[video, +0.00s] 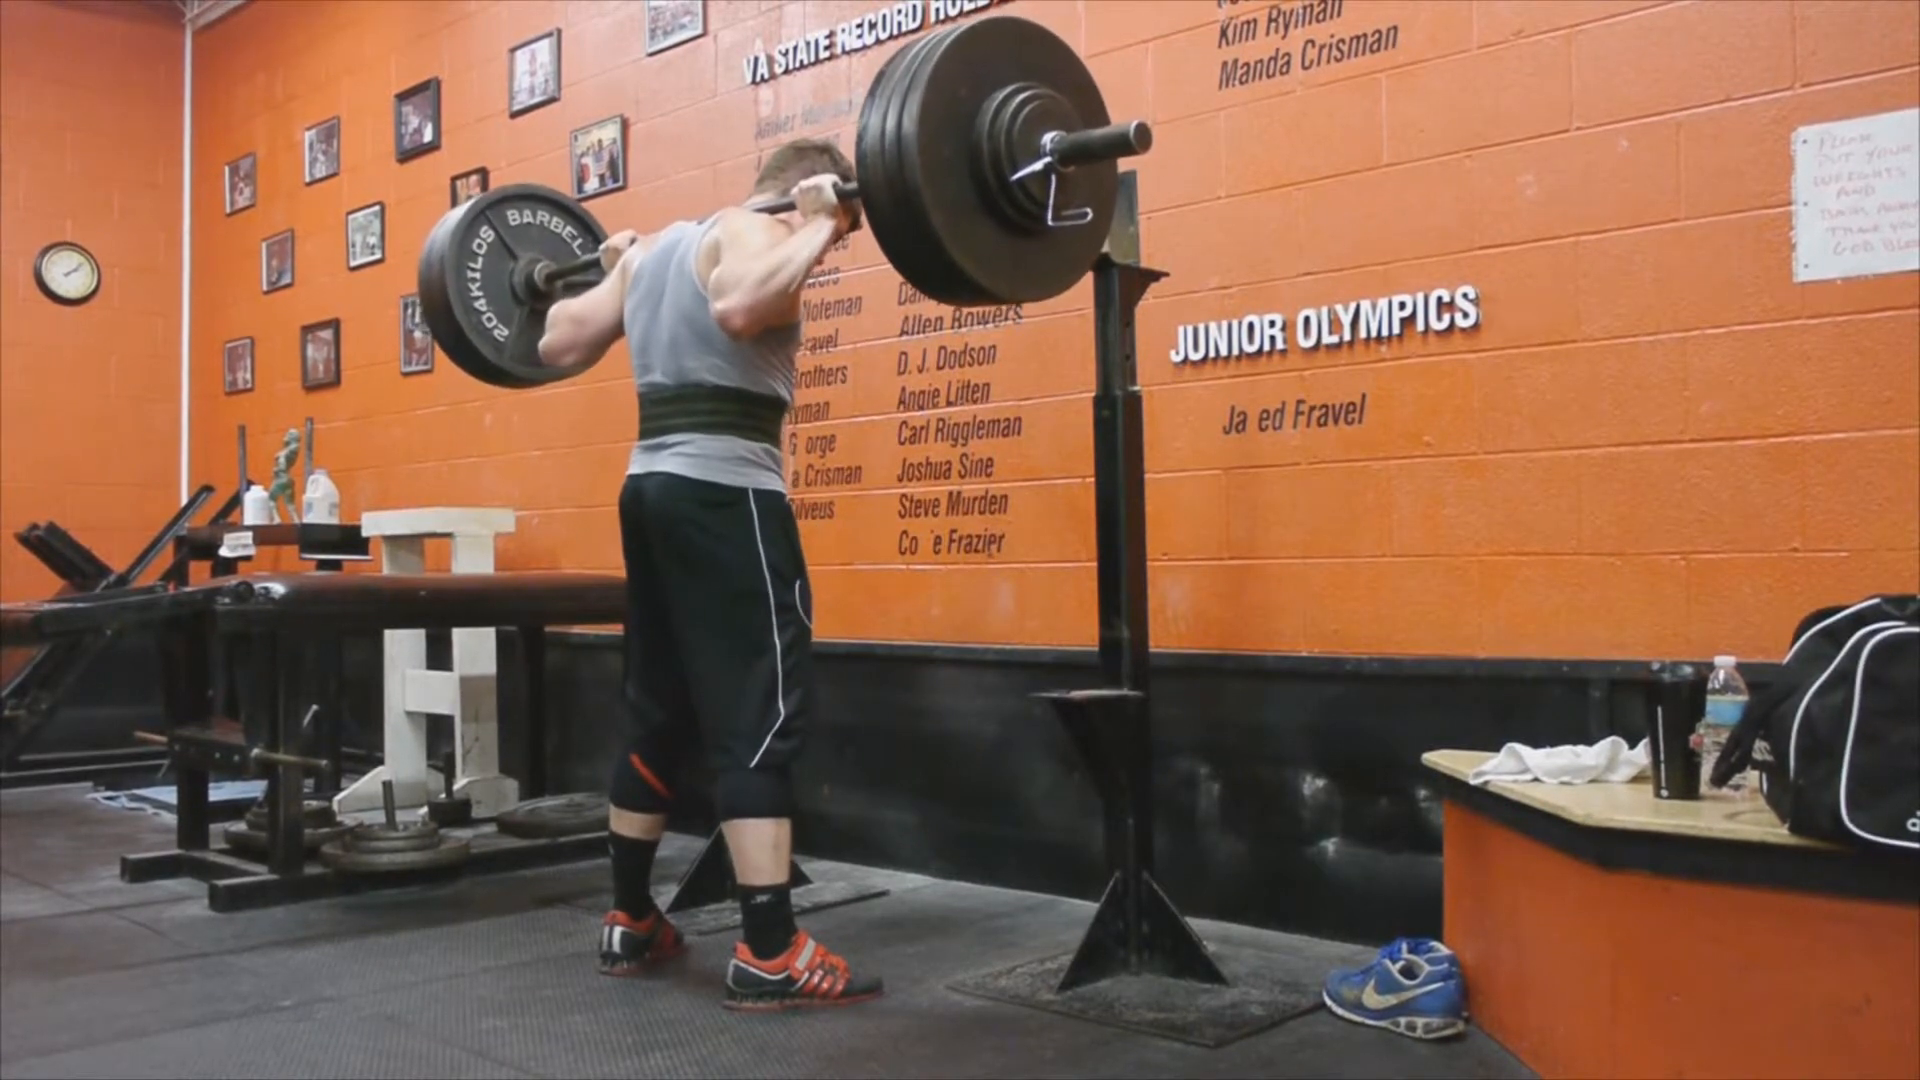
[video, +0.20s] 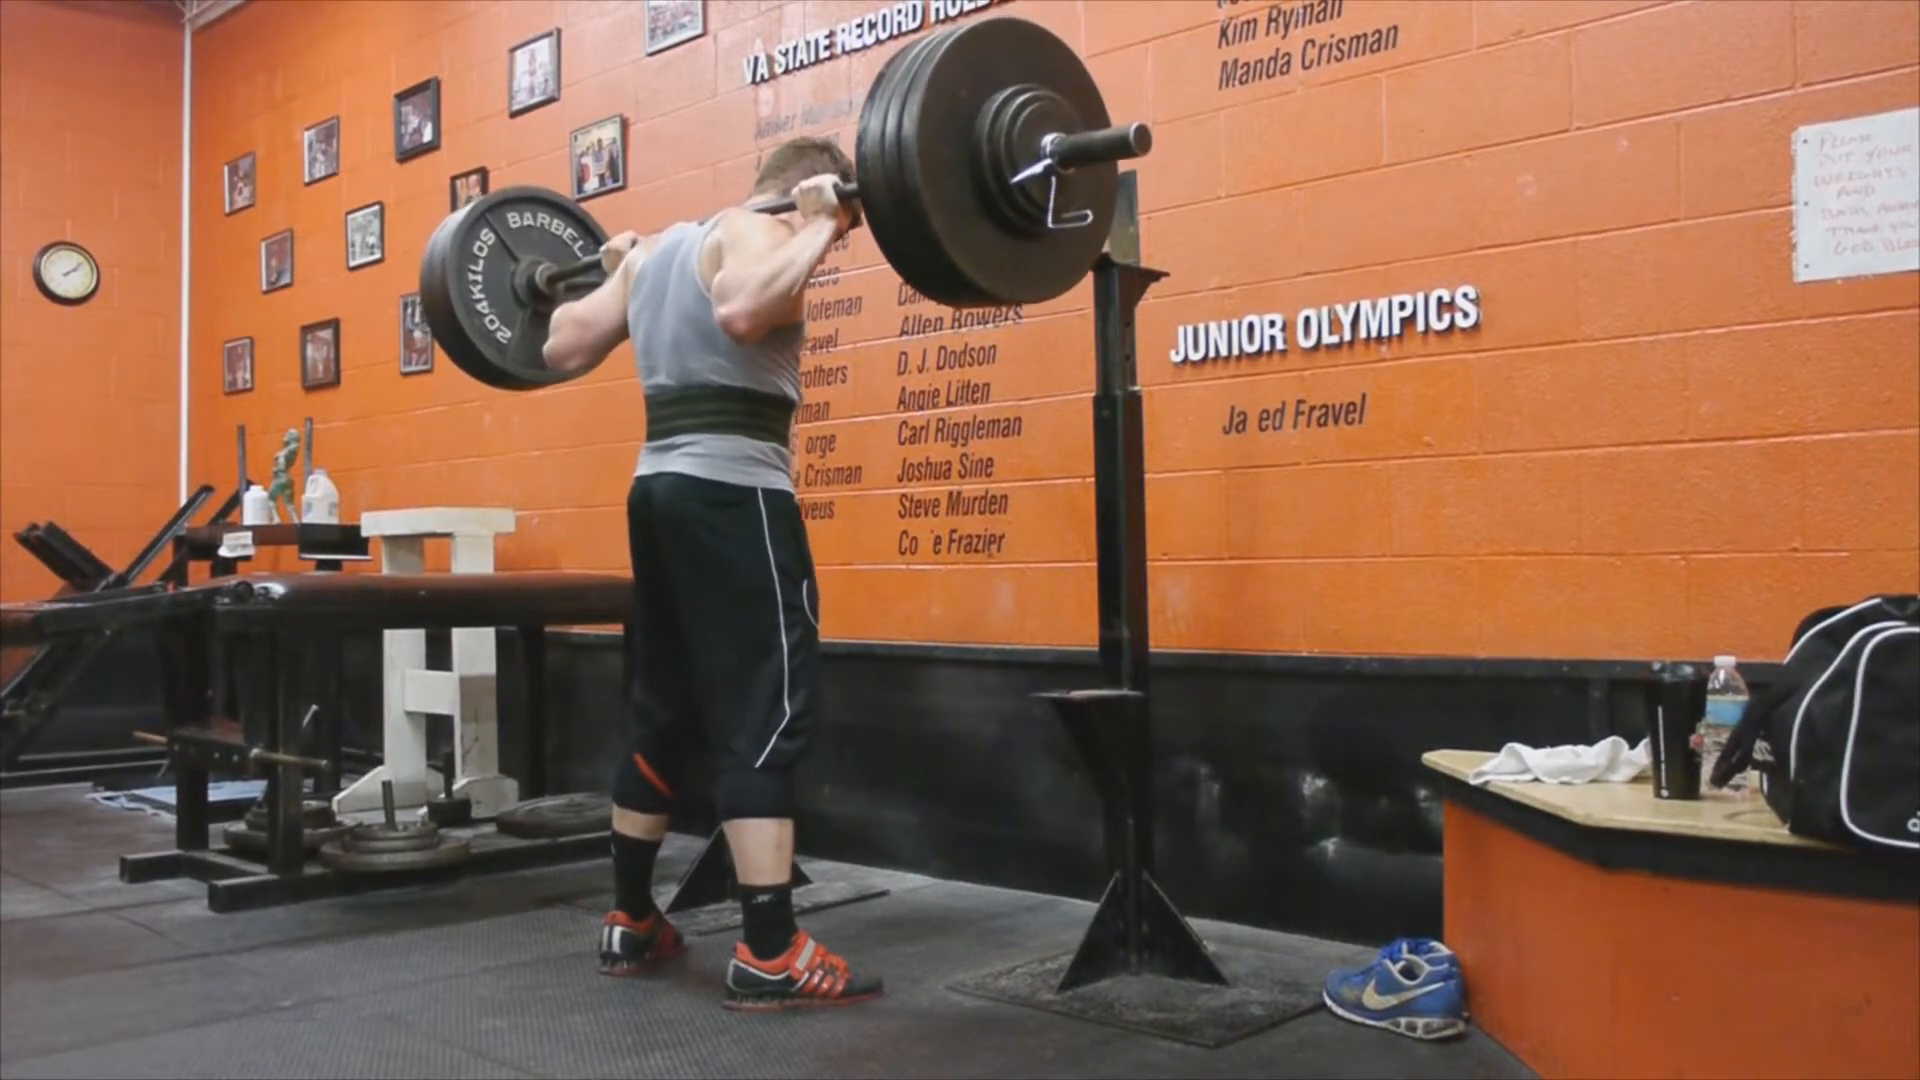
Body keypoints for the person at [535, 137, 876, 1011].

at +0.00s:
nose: (837, 240)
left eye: (845, 228)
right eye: (839, 221)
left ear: (758, 184)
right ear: (809, 198)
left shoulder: (655, 252)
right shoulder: (763, 232)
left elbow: (556, 342)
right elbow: (738, 309)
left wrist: (611, 271)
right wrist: (818, 230)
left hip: (651, 495)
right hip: (728, 497)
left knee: (661, 711)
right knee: (758, 714)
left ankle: (630, 920)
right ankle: (770, 947)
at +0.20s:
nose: (837, 240)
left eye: (845, 227)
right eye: (838, 222)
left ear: (758, 186)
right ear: (810, 198)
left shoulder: (658, 254)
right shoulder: (763, 233)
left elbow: (560, 345)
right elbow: (742, 313)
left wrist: (614, 273)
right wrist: (820, 228)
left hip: (660, 497)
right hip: (737, 499)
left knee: (665, 711)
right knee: (763, 715)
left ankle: (631, 921)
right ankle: (770, 947)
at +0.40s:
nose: (839, 237)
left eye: (846, 224)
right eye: (840, 219)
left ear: (757, 185)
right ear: (811, 196)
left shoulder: (659, 254)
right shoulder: (766, 232)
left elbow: (561, 345)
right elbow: (742, 312)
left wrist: (614, 275)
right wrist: (821, 228)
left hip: (661, 497)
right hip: (738, 498)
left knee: (669, 711)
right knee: (768, 714)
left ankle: (632, 921)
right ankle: (770, 947)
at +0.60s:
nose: (838, 242)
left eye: (845, 229)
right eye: (839, 224)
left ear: (757, 186)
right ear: (810, 199)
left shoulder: (658, 255)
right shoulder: (764, 232)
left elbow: (562, 347)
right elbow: (741, 311)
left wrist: (614, 275)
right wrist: (821, 227)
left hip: (658, 498)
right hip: (735, 499)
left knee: (665, 711)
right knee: (763, 715)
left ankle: (631, 921)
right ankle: (770, 947)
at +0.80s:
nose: (839, 241)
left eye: (847, 229)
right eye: (841, 223)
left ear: (759, 186)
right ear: (812, 198)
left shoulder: (659, 254)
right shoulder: (766, 231)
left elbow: (563, 347)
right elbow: (742, 309)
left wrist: (615, 276)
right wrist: (823, 225)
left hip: (657, 497)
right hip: (735, 499)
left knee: (664, 710)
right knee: (763, 715)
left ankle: (631, 921)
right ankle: (770, 948)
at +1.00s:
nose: (839, 241)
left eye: (847, 228)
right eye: (841, 223)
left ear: (760, 186)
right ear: (813, 199)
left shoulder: (661, 255)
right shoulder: (767, 232)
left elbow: (564, 348)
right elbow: (743, 309)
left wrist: (617, 277)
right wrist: (824, 228)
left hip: (658, 497)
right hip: (735, 499)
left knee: (665, 710)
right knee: (764, 715)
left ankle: (631, 921)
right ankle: (770, 947)